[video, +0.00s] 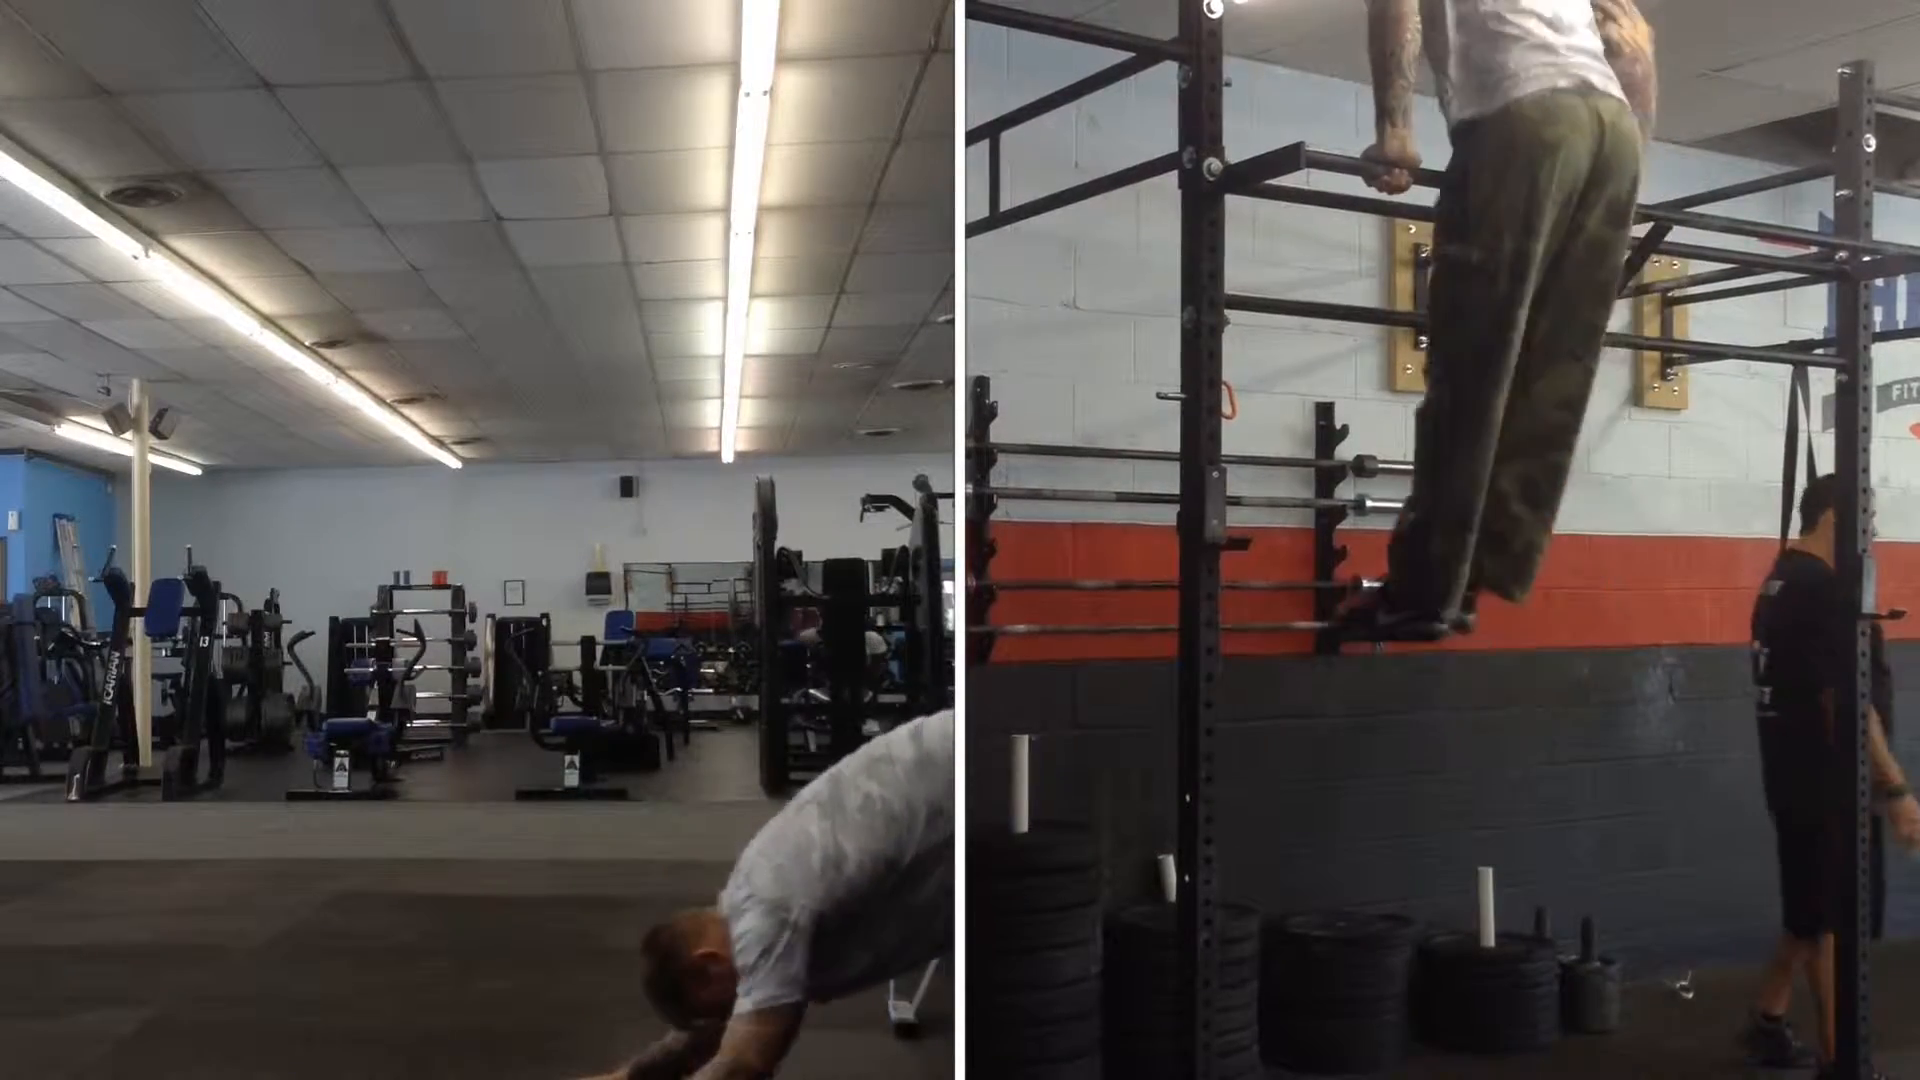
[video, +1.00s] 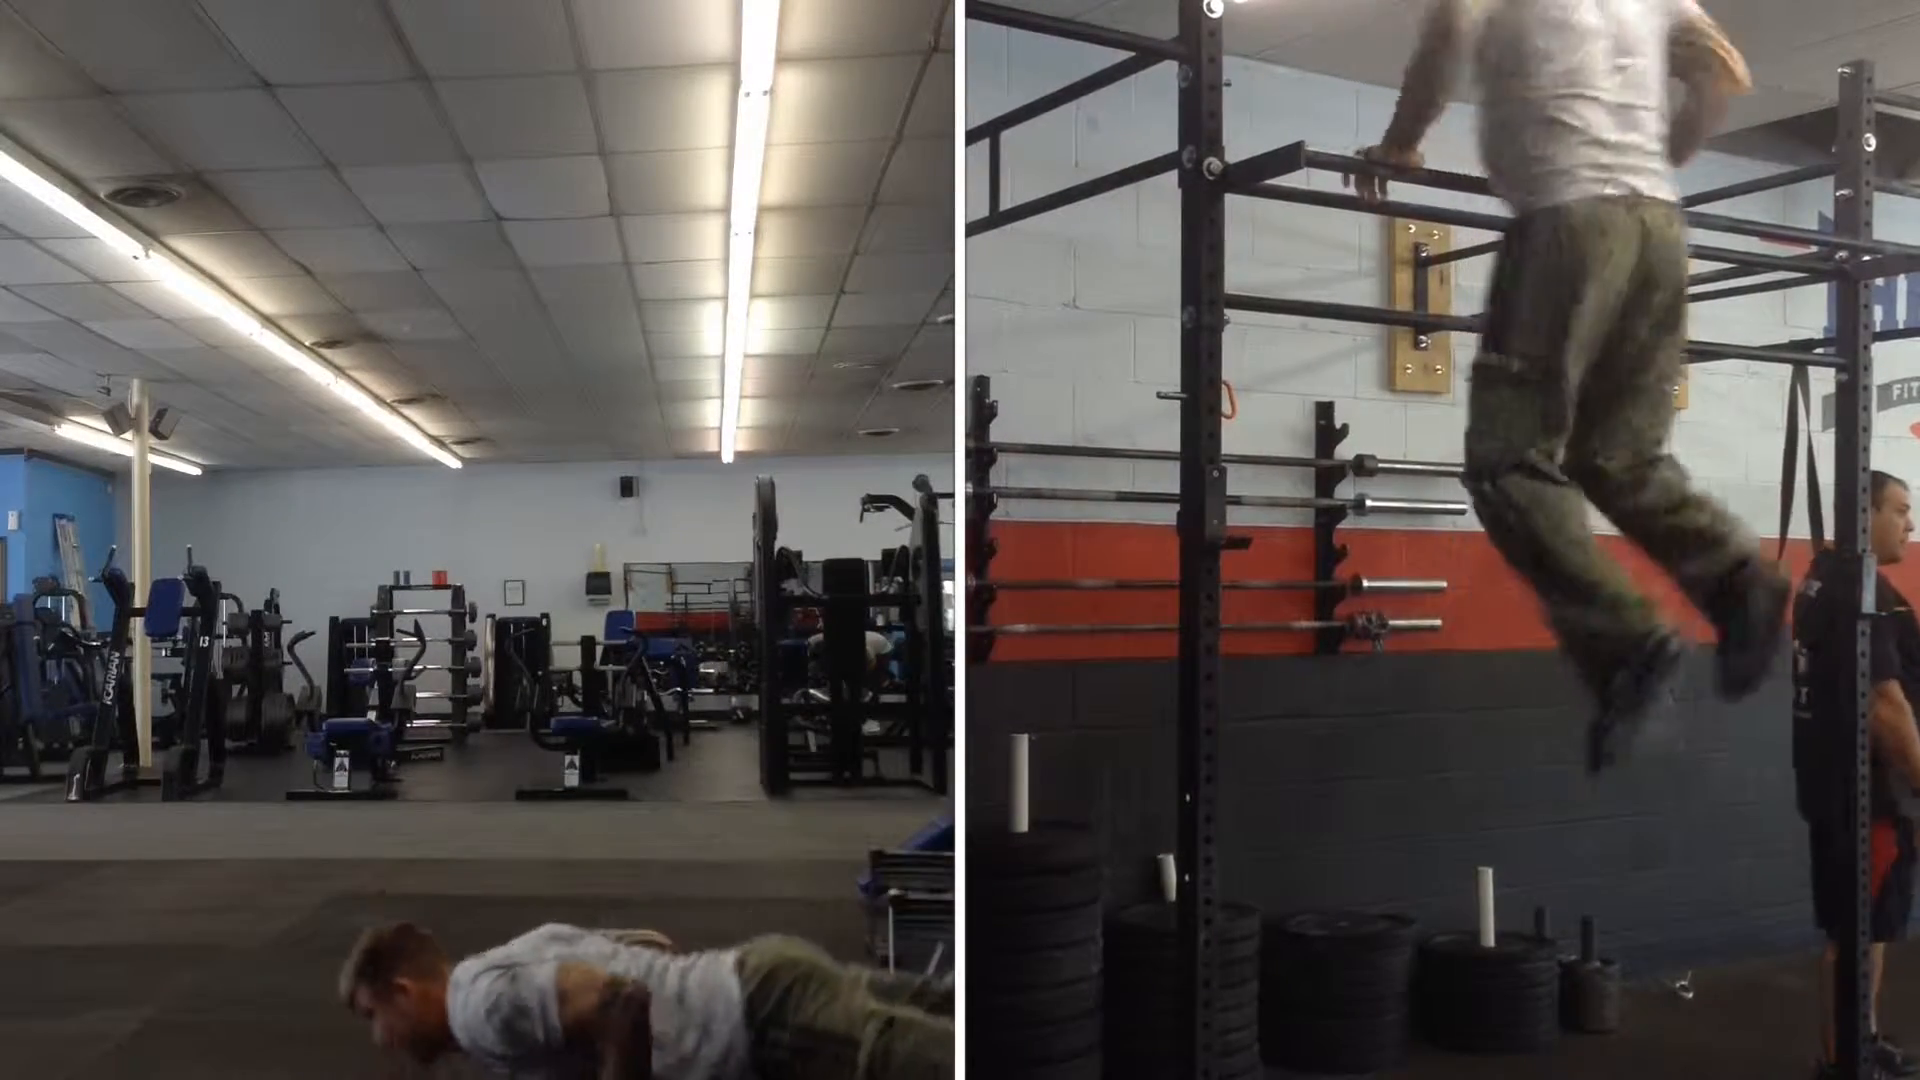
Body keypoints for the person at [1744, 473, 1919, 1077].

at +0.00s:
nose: (1866, 535)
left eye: (1866, 522)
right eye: (1862, 522)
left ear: (1814, 514)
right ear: (1835, 517)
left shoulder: (1784, 577)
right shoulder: (1825, 586)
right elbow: (1849, 700)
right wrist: (1895, 787)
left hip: (1791, 771)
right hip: (1827, 778)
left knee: (1807, 910)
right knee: (1834, 919)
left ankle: (1769, 1017)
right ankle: (1840, 1054)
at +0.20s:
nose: (1883, 530)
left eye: (1883, 517)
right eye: (1876, 517)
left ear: (1827, 513)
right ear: (1844, 515)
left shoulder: (1790, 581)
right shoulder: (1839, 588)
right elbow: (1869, 702)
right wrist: (1915, 773)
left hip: (1802, 781)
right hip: (1840, 788)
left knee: (1830, 915)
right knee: (1844, 925)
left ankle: (1819, 1026)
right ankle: (1841, 1054)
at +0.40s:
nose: (1896, 533)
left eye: (1896, 520)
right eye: (1888, 519)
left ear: (1841, 518)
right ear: (1850, 518)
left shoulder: (1809, 579)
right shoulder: (1841, 589)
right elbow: (1872, 706)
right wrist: (1915, 769)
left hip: (1811, 783)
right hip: (1839, 790)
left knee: (1833, 930)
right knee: (1842, 932)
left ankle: (1840, 1053)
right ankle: (1843, 1056)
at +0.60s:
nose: (1906, 529)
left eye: (1906, 517)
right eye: (1897, 516)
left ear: (1859, 522)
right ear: (1861, 518)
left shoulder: (1814, 580)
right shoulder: (1853, 589)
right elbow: (1868, 705)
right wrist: (1911, 794)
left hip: (1815, 785)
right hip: (1849, 791)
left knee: (1834, 929)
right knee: (1853, 932)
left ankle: (1840, 1050)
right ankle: (1844, 1054)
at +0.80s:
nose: (1909, 528)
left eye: (1908, 516)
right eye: (1900, 516)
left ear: (1864, 521)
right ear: (1863, 518)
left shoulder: (1821, 581)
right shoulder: (1860, 591)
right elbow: (1871, 706)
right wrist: (1907, 799)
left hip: (1823, 787)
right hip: (1854, 795)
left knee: (1841, 931)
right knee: (1857, 934)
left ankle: (1849, 1047)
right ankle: (1850, 1054)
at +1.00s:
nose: (1910, 524)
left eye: (1908, 511)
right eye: (1900, 511)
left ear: (1865, 519)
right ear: (1865, 517)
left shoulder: (1829, 579)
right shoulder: (1861, 589)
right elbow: (1882, 702)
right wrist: (1914, 775)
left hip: (1842, 781)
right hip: (1864, 790)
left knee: (1862, 922)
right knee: (1865, 925)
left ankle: (1854, 1041)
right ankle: (1852, 1048)